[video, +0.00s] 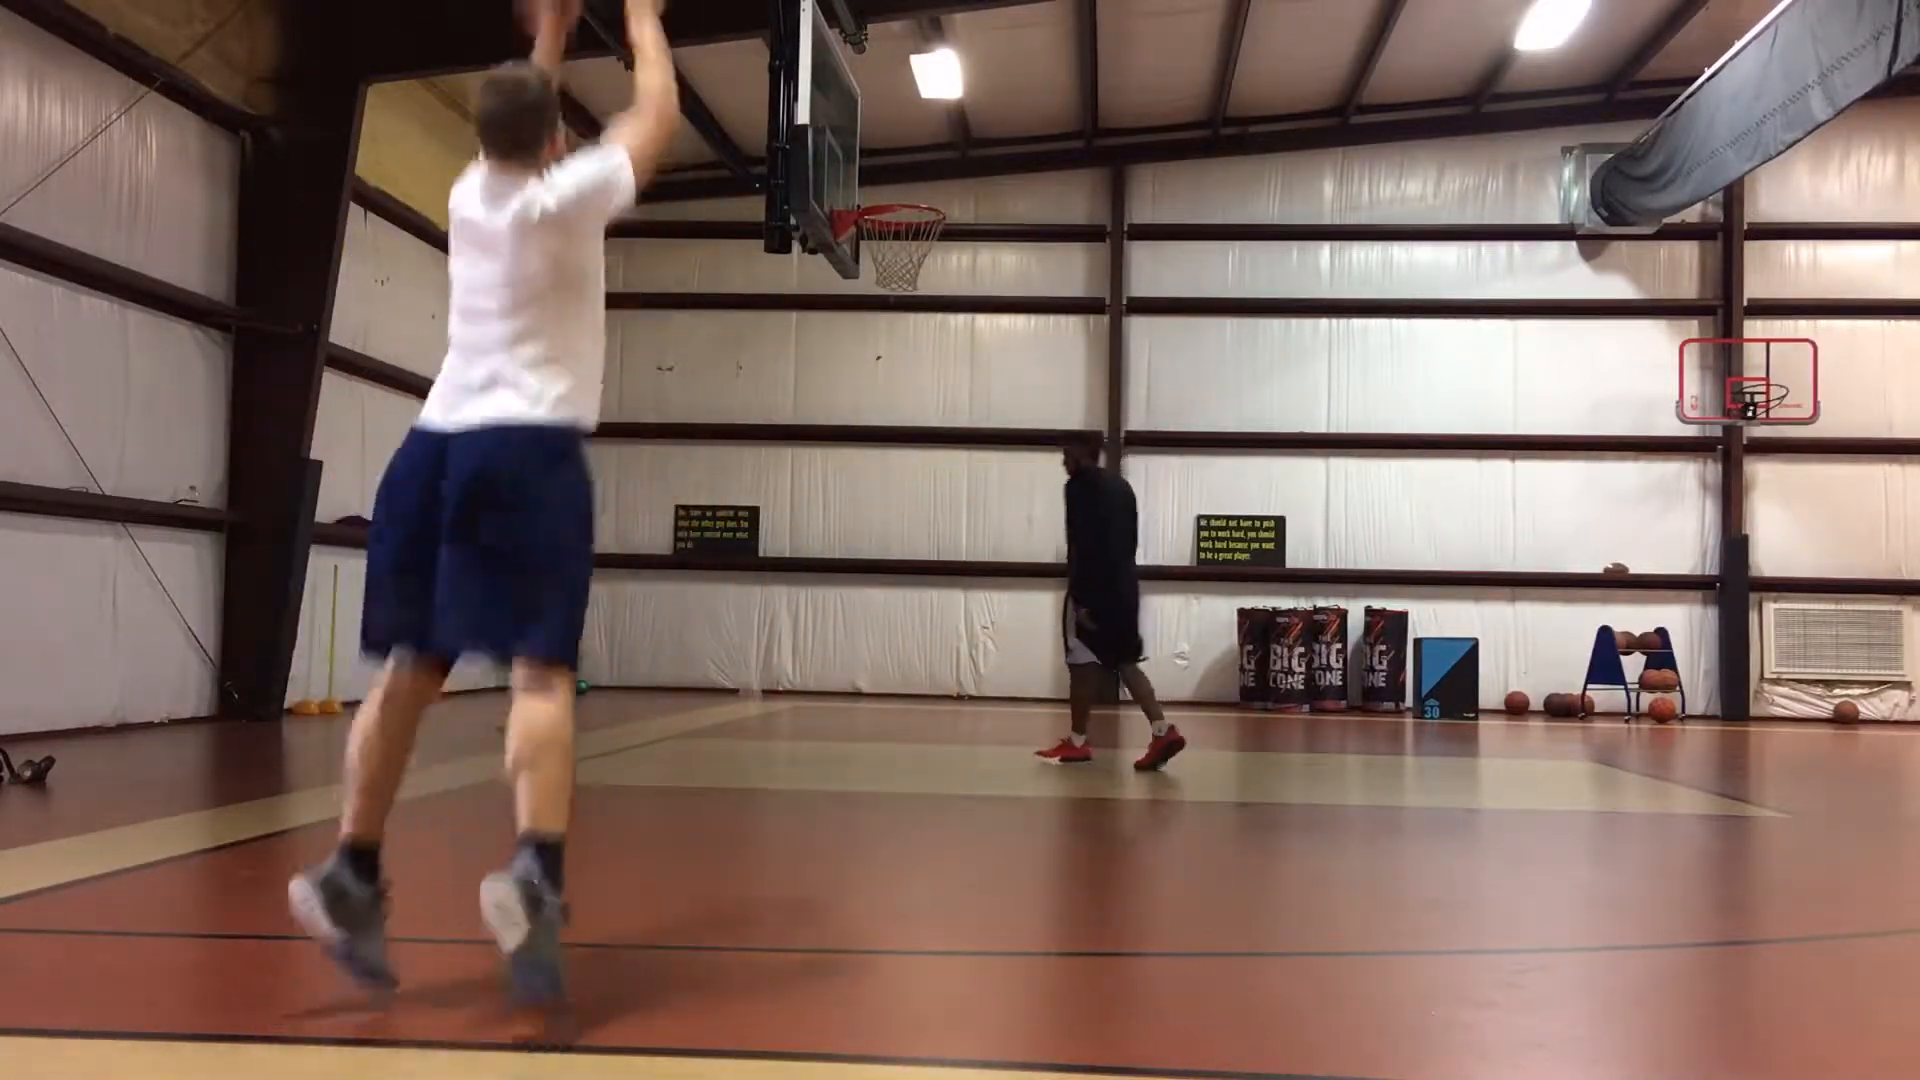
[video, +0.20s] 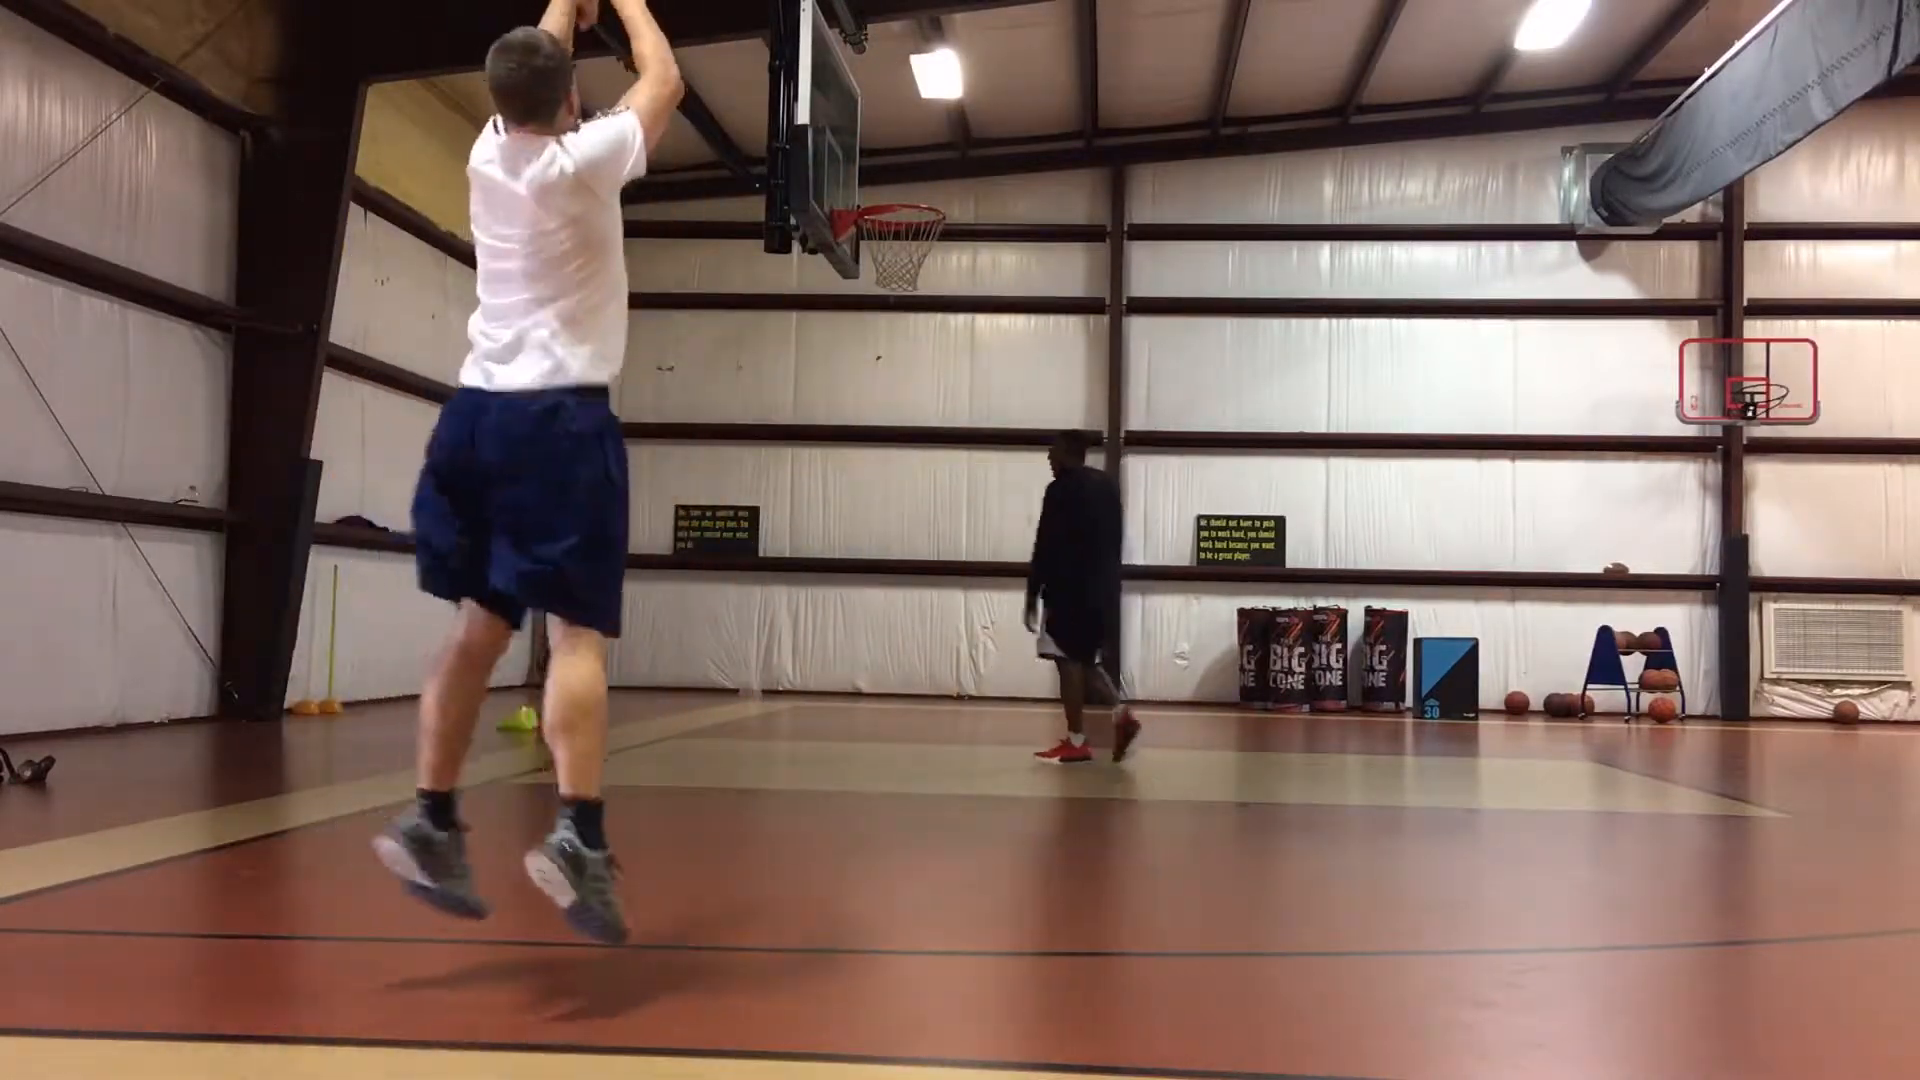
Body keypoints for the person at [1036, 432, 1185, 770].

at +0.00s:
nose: (1065, 460)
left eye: (1068, 453)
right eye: (1065, 453)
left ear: (1084, 452)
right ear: (1096, 452)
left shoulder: (1078, 487)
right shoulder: (1121, 487)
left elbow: (1082, 545)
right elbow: (1129, 544)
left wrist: (1080, 596)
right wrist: (1115, 580)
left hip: (1090, 592)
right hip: (1122, 589)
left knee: (1080, 665)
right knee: (1125, 662)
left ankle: (1077, 740)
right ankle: (1163, 731)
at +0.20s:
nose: (1049, 457)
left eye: (1053, 452)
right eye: (1050, 451)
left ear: (1067, 454)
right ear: (1081, 453)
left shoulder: (1059, 489)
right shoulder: (1105, 485)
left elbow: (1045, 547)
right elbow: (1113, 543)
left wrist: (1032, 595)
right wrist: (1106, 584)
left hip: (1068, 590)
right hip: (1101, 589)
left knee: (1068, 662)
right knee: (1084, 661)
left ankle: (1075, 740)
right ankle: (1120, 713)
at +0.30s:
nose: (1044, 456)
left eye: (1048, 450)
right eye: (1045, 450)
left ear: (1063, 453)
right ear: (1076, 453)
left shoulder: (1053, 488)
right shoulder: (1102, 486)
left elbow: (1033, 545)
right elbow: (1109, 543)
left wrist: (1012, 589)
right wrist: (1102, 580)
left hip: (1064, 588)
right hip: (1099, 587)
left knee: (1061, 656)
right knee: (1070, 658)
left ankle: (1087, 727)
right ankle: (1079, 734)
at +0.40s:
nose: (1041, 452)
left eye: (1047, 447)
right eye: (1043, 446)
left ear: (1063, 452)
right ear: (1072, 453)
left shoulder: (1048, 489)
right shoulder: (1089, 486)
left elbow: (1026, 539)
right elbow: (1097, 541)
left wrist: (999, 578)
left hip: (1057, 589)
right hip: (1082, 587)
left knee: (1051, 657)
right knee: (1059, 658)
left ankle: (1075, 739)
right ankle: (1067, 736)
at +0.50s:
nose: (1037, 448)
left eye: (1044, 444)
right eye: (1041, 443)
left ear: (1059, 454)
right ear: (1063, 455)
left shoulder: (1047, 489)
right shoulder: (1073, 487)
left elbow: (1025, 537)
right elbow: (1068, 543)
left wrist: (992, 571)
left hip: (1053, 588)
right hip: (1060, 586)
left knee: (1059, 660)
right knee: (1037, 658)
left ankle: (1075, 740)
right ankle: (1037, 733)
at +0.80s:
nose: (1018, 449)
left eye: (1027, 446)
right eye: (1021, 444)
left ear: (1040, 457)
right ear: (1026, 456)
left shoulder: (1038, 492)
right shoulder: (1026, 490)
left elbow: (1033, 549)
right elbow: (1020, 546)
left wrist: (1024, 594)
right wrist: (1007, 586)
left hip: (1029, 590)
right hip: (1010, 588)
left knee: (1040, 659)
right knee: (1001, 658)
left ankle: (1071, 734)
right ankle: (1016, 735)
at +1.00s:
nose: (997, 452)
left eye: (1006, 448)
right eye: (999, 448)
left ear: (1020, 456)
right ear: (1005, 456)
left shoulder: (1024, 488)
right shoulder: (1002, 491)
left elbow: (1040, 541)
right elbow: (990, 546)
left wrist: (1045, 590)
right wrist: (966, 589)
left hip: (1014, 583)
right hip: (1001, 582)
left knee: (995, 651)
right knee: (1000, 655)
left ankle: (1047, 718)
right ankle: (1016, 734)